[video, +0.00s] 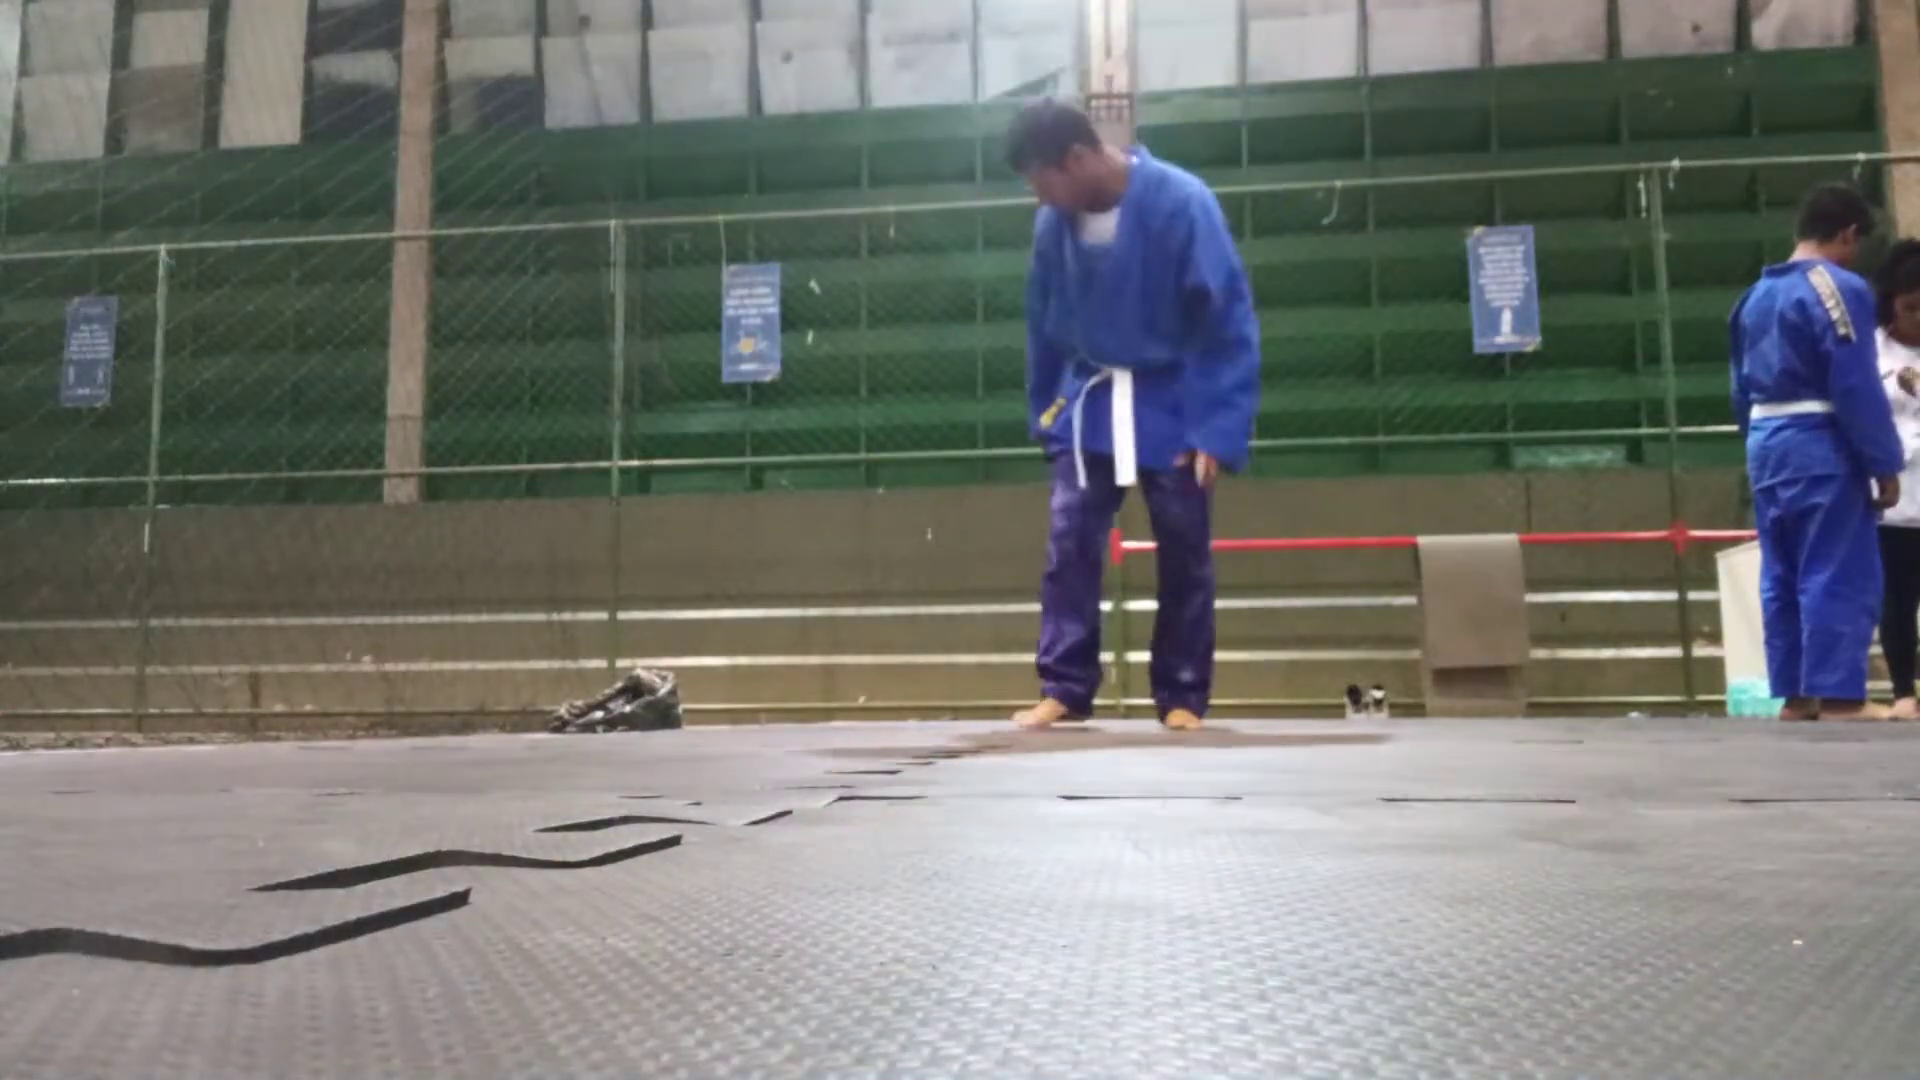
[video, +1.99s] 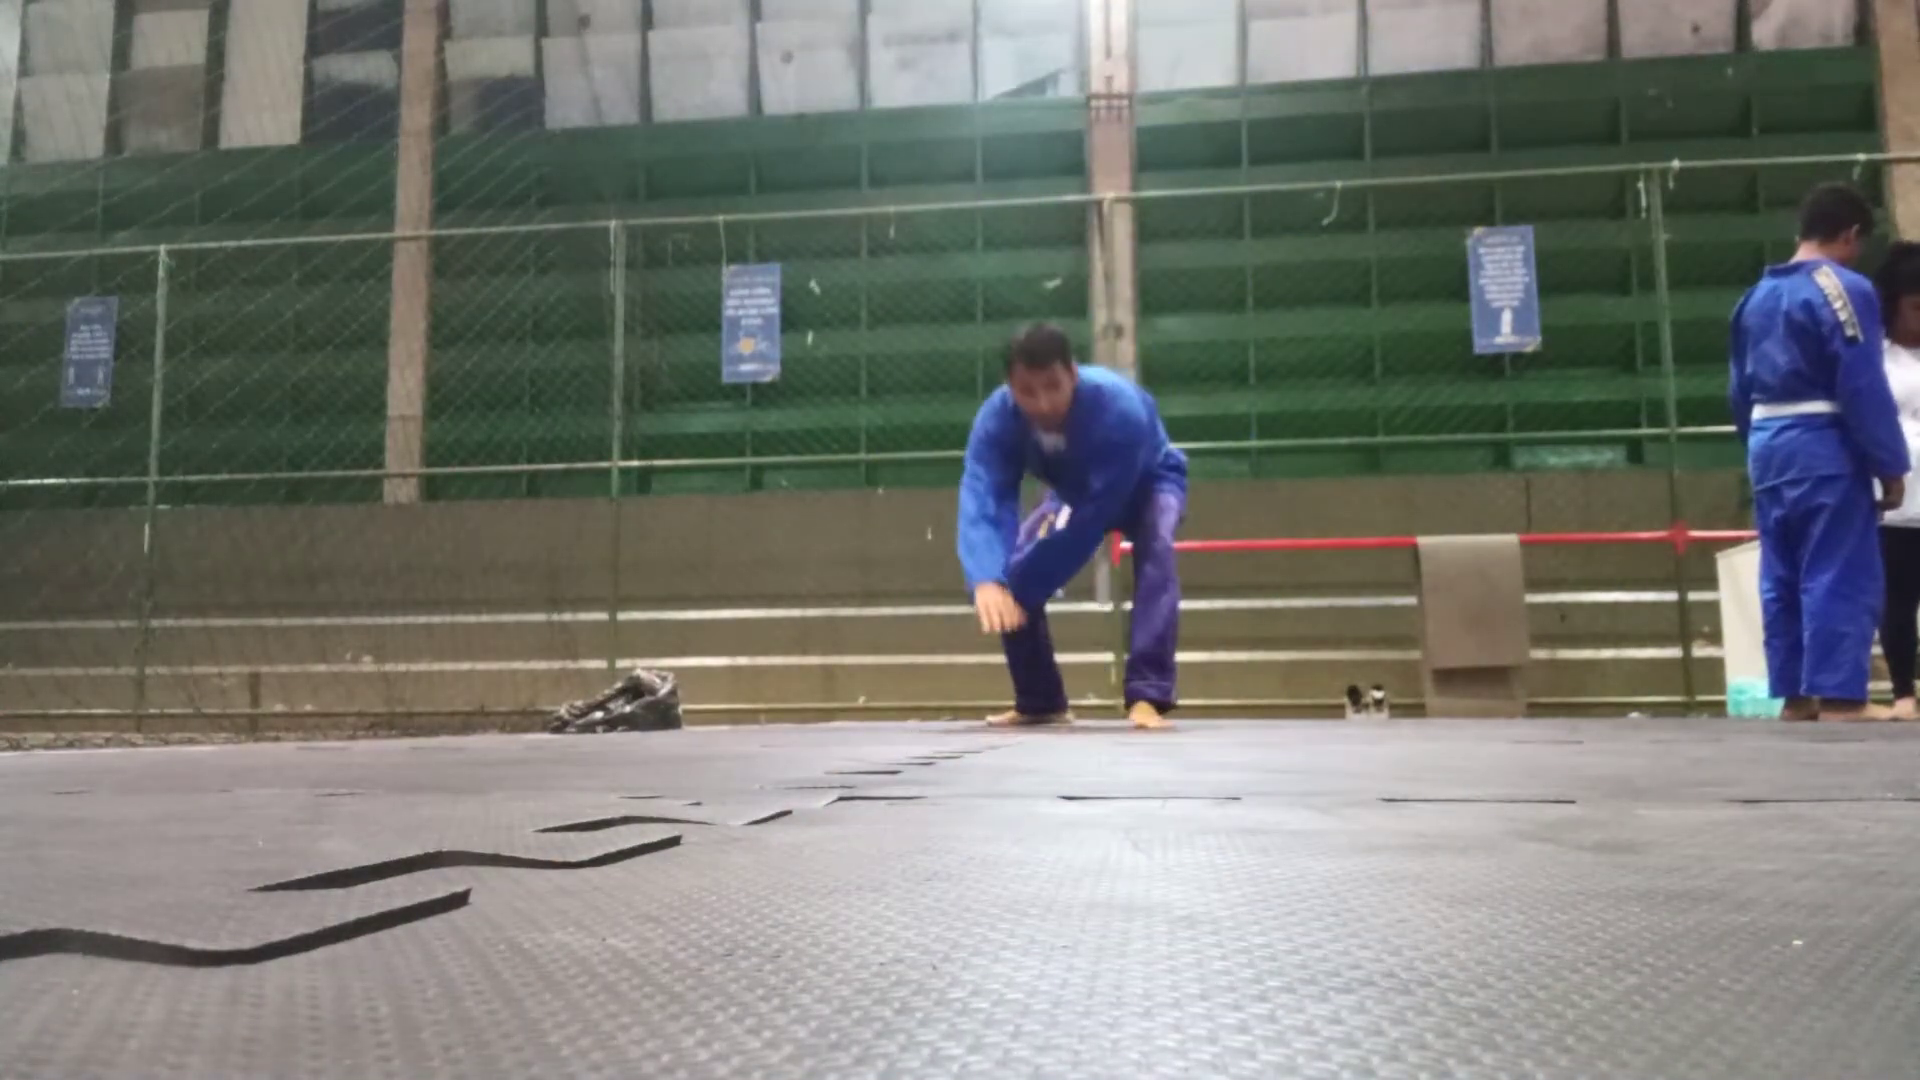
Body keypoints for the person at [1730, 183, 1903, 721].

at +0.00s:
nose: (1857, 252)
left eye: (1860, 243)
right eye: (1858, 242)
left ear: (1802, 231)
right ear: (1846, 234)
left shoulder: (1756, 295)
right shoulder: (1838, 289)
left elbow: (1743, 390)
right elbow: (1855, 387)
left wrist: (1764, 442)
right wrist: (1886, 465)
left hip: (1764, 439)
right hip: (1818, 437)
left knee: (1783, 573)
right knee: (1839, 569)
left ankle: (1794, 697)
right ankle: (1838, 699)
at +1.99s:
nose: (1859, 251)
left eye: (1861, 242)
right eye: (1860, 241)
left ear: (1803, 231)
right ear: (1848, 235)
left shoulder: (1757, 296)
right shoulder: (1845, 290)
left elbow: (1741, 391)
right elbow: (1862, 387)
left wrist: (1761, 445)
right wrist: (1891, 465)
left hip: (1766, 443)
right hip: (1823, 441)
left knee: (1783, 576)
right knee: (1841, 572)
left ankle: (1795, 698)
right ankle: (1840, 701)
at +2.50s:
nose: (1860, 248)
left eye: (1863, 240)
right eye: (1862, 239)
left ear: (1804, 230)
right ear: (1849, 233)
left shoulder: (1760, 295)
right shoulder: (1848, 288)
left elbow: (1744, 391)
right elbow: (1868, 385)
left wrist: (1762, 445)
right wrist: (1897, 463)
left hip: (1769, 441)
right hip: (1827, 440)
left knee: (1785, 574)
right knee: (1841, 571)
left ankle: (1795, 696)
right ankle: (1840, 697)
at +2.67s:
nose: (1860, 247)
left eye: (1862, 239)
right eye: (1861, 238)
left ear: (1803, 230)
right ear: (1848, 232)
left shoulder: (1760, 295)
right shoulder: (1847, 288)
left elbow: (1743, 391)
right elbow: (1866, 385)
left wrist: (1762, 444)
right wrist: (1896, 464)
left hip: (1769, 442)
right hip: (1826, 440)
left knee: (1785, 575)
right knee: (1841, 572)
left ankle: (1795, 696)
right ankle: (1839, 698)